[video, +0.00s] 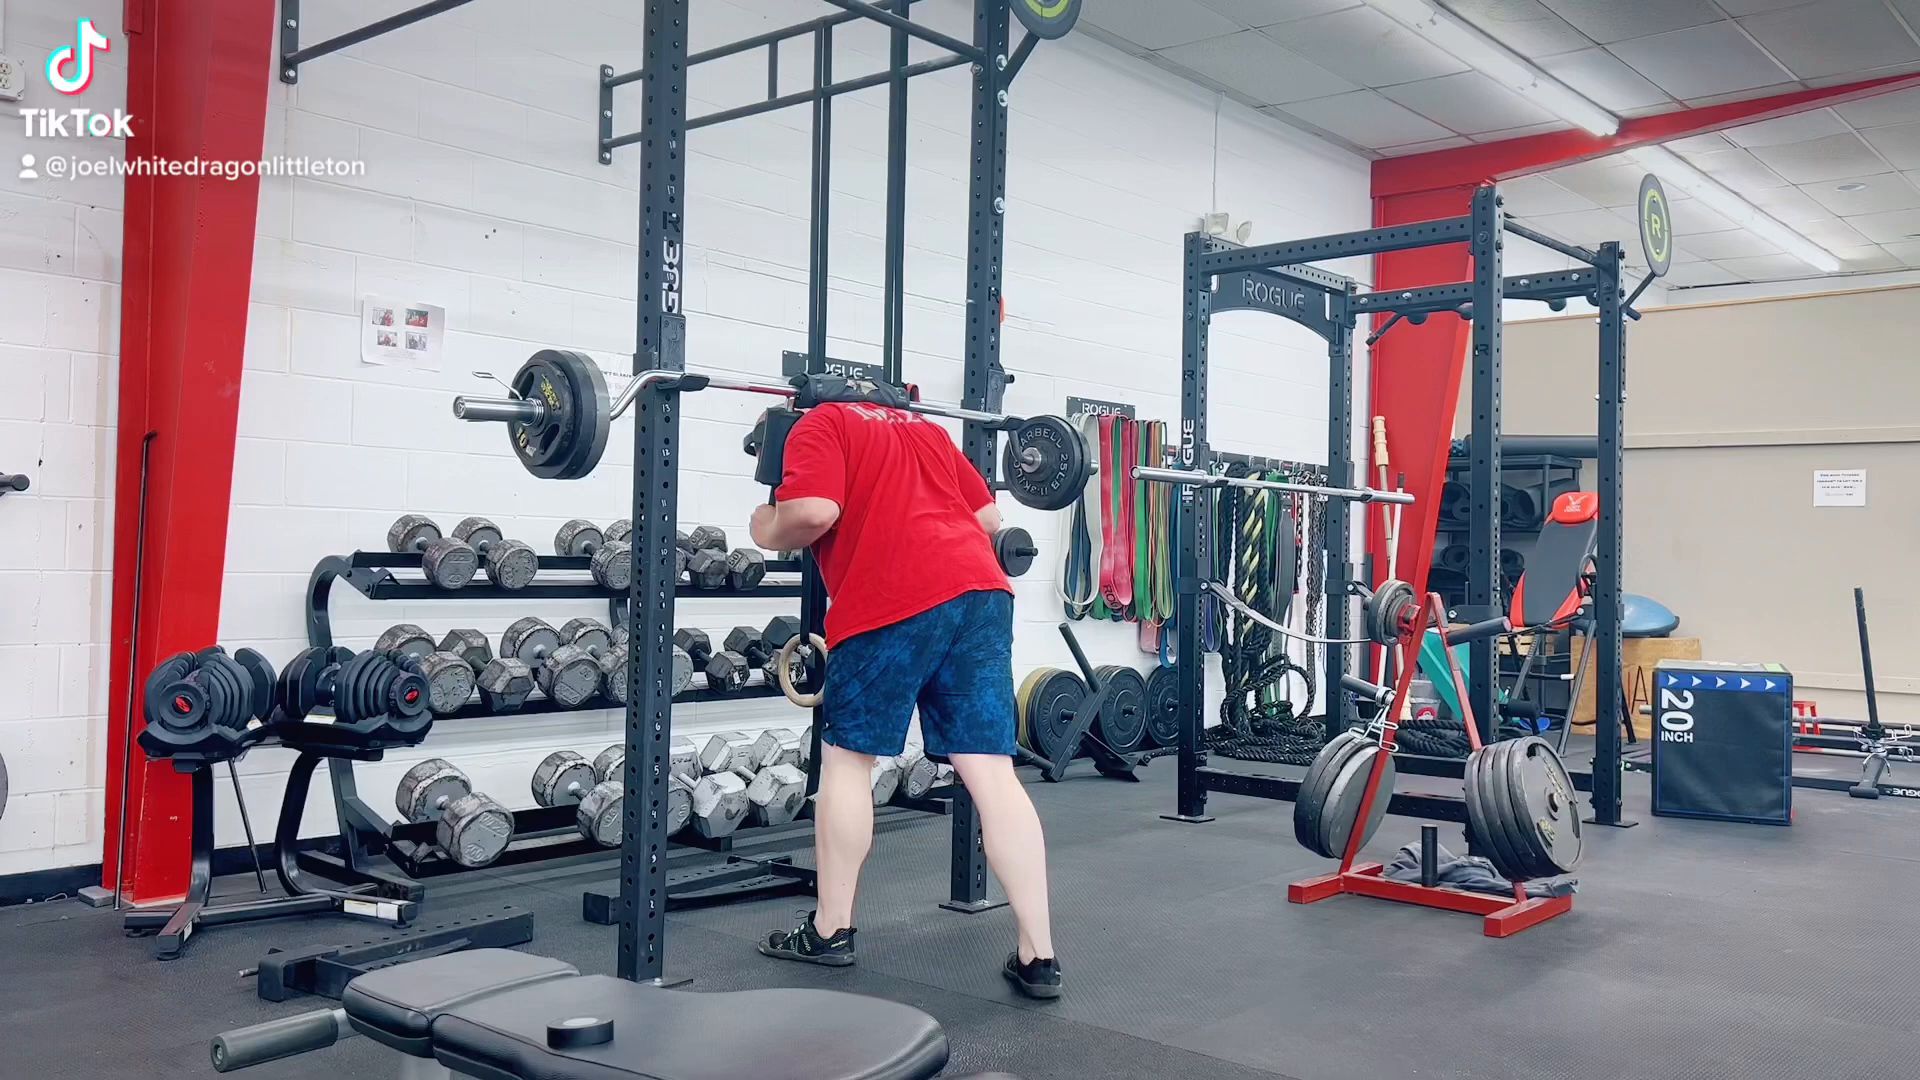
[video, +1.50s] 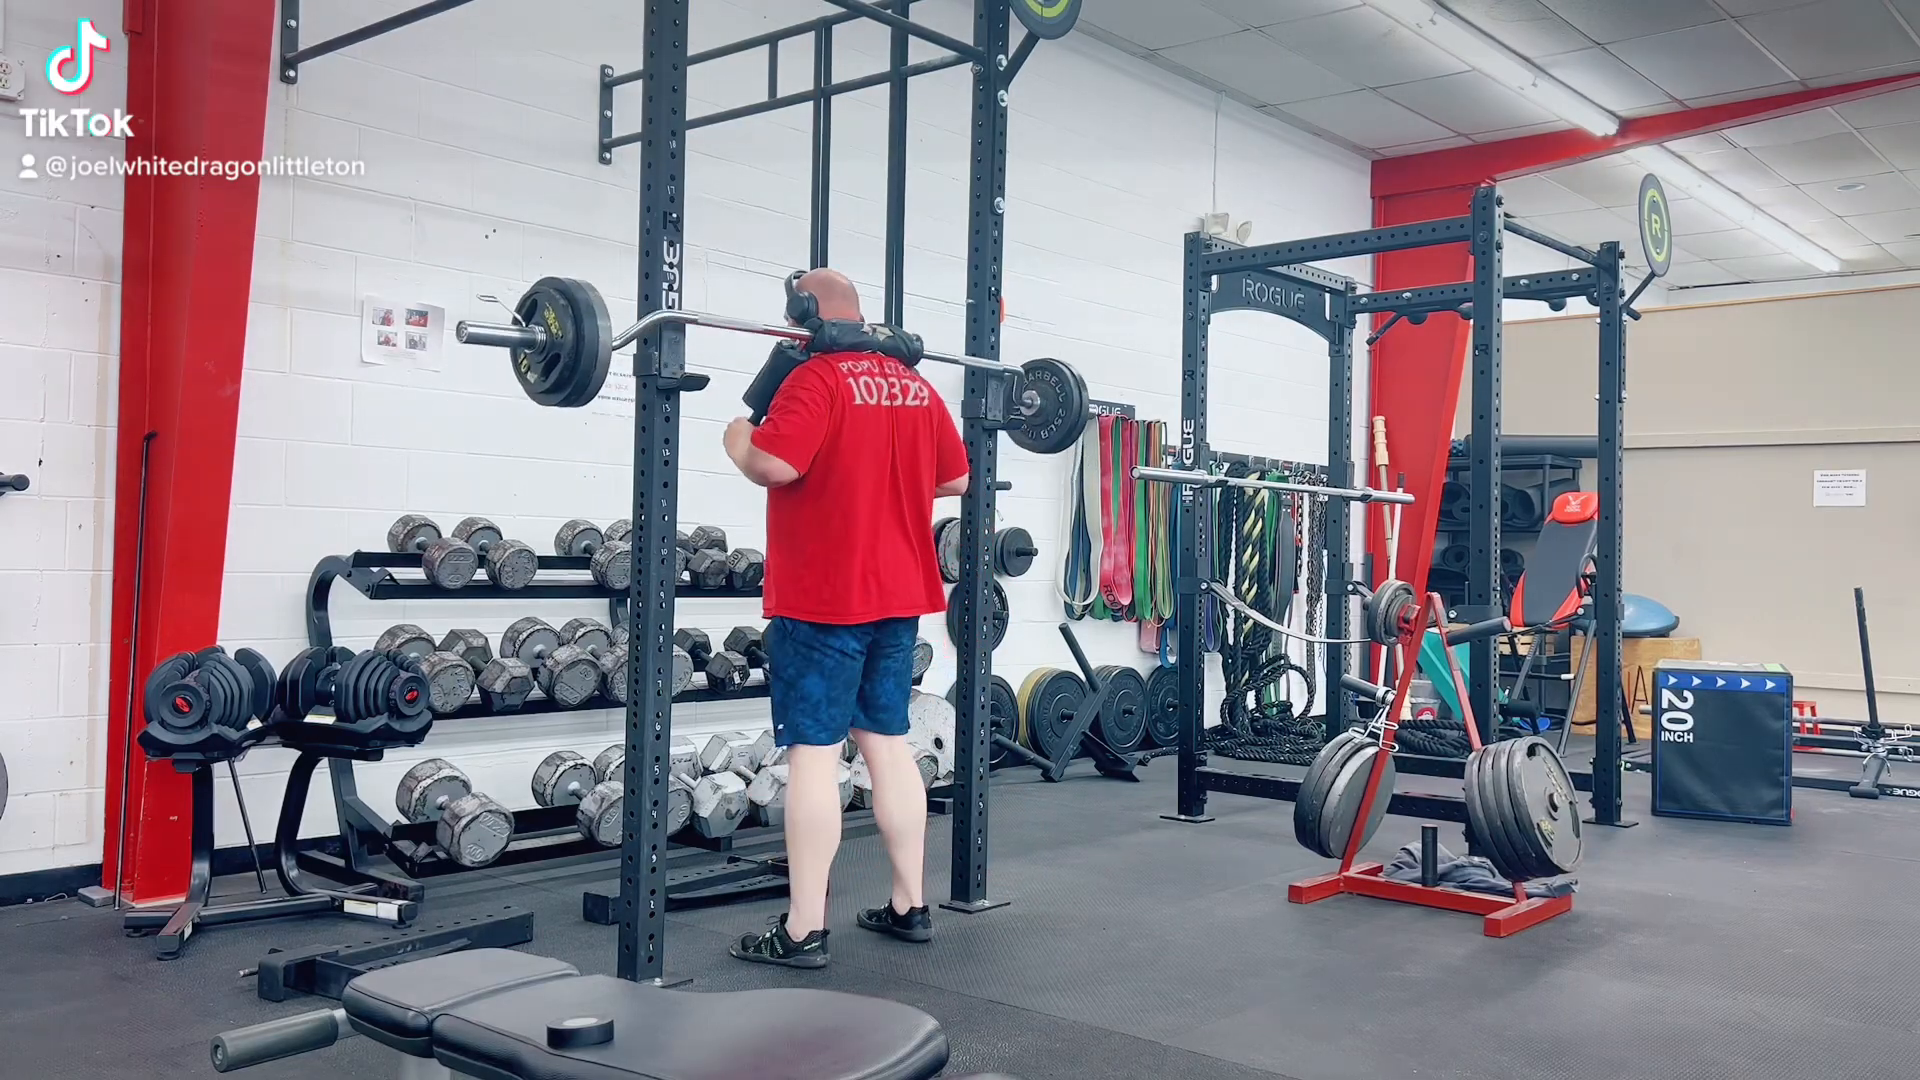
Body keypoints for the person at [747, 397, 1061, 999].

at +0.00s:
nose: (793, 420)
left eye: (797, 410)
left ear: (816, 401)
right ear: (881, 399)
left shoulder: (820, 421)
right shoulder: (929, 432)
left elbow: (817, 510)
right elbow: (988, 517)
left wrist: (768, 529)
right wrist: (927, 541)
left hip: (891, 595)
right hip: (983, 588)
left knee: (849, 757)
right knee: (991, 765)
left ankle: (831, 931)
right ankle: (1039, 955)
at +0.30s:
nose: (780, 405)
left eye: (780, 395)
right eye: (780, 395)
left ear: (797, 389)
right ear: (839, 378)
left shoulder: (816, 425)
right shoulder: (921, 430)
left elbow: (810, 514)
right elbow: (983, 520)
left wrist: (764, 525)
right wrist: (917, 540)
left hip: (887, 600)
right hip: (976, 594)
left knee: (840, 758)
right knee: (977, 771)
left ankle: (832, 930)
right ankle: (1037, 952)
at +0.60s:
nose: (787, 398)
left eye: (786, 387)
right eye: (787, 386)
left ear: (798, 386)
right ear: (851, 379)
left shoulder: (815, 425)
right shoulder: (918, 433)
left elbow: (799, 511)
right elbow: (976, 524)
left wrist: (760, 527)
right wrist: (917, 550)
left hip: (856, 615)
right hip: (943, 614)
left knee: (818, 763)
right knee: (883, 737)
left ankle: (832, 931)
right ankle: (930, 878)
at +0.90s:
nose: (784, 393)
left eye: (785, 381)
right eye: (786, 380)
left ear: (798, 381)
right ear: (852, 375)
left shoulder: (817, 429)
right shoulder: (913, 434)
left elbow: (800, 519)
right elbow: (972, 520)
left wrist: (754, 523)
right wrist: (911, 545)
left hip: (852, 627)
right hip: (934, 629)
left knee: (782, 760)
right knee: (864, 758)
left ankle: (802, 931)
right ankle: (901, 906)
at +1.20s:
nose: (783, 379)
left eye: (786, 368)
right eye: (788, 366)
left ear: (797, 373)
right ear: (857, 371)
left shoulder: (810, 427)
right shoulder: (905, 430)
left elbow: (779, 517)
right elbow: (957, 522)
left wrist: (738, 506)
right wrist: (893, 536)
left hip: (820, 638)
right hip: (902, 637)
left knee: (766, 771)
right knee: (846, 767)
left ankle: (800, 933)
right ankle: (910, 906)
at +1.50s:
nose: (789, 331)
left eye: (790, 320)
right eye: (790, 319)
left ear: (804, 321)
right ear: (860, 314)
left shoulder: (819, 378)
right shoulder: (911, 382)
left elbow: (776, 466)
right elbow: (955, 477)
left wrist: (739, 436)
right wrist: (886, 493)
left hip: (822, 594)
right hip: (899, 591)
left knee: (811, 750)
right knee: (885, 737)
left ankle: (804, 931)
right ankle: (910, 905)